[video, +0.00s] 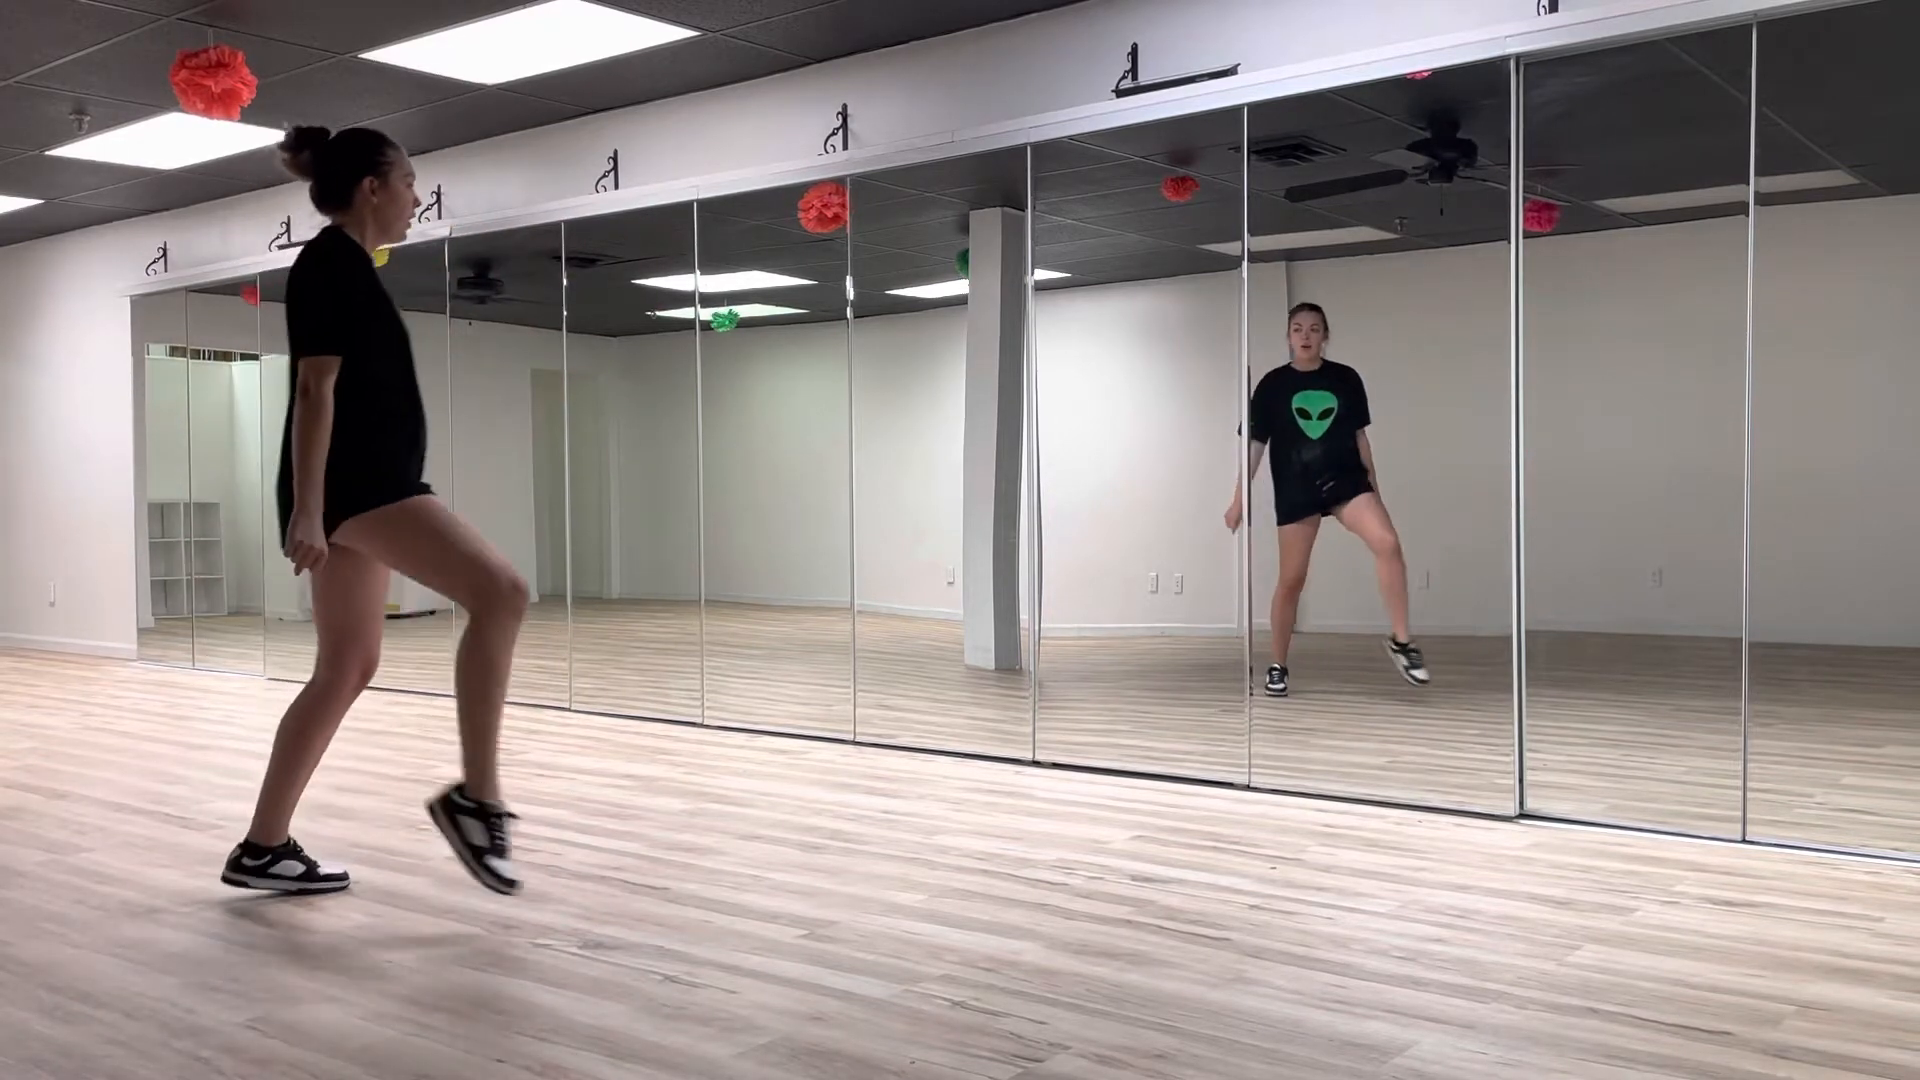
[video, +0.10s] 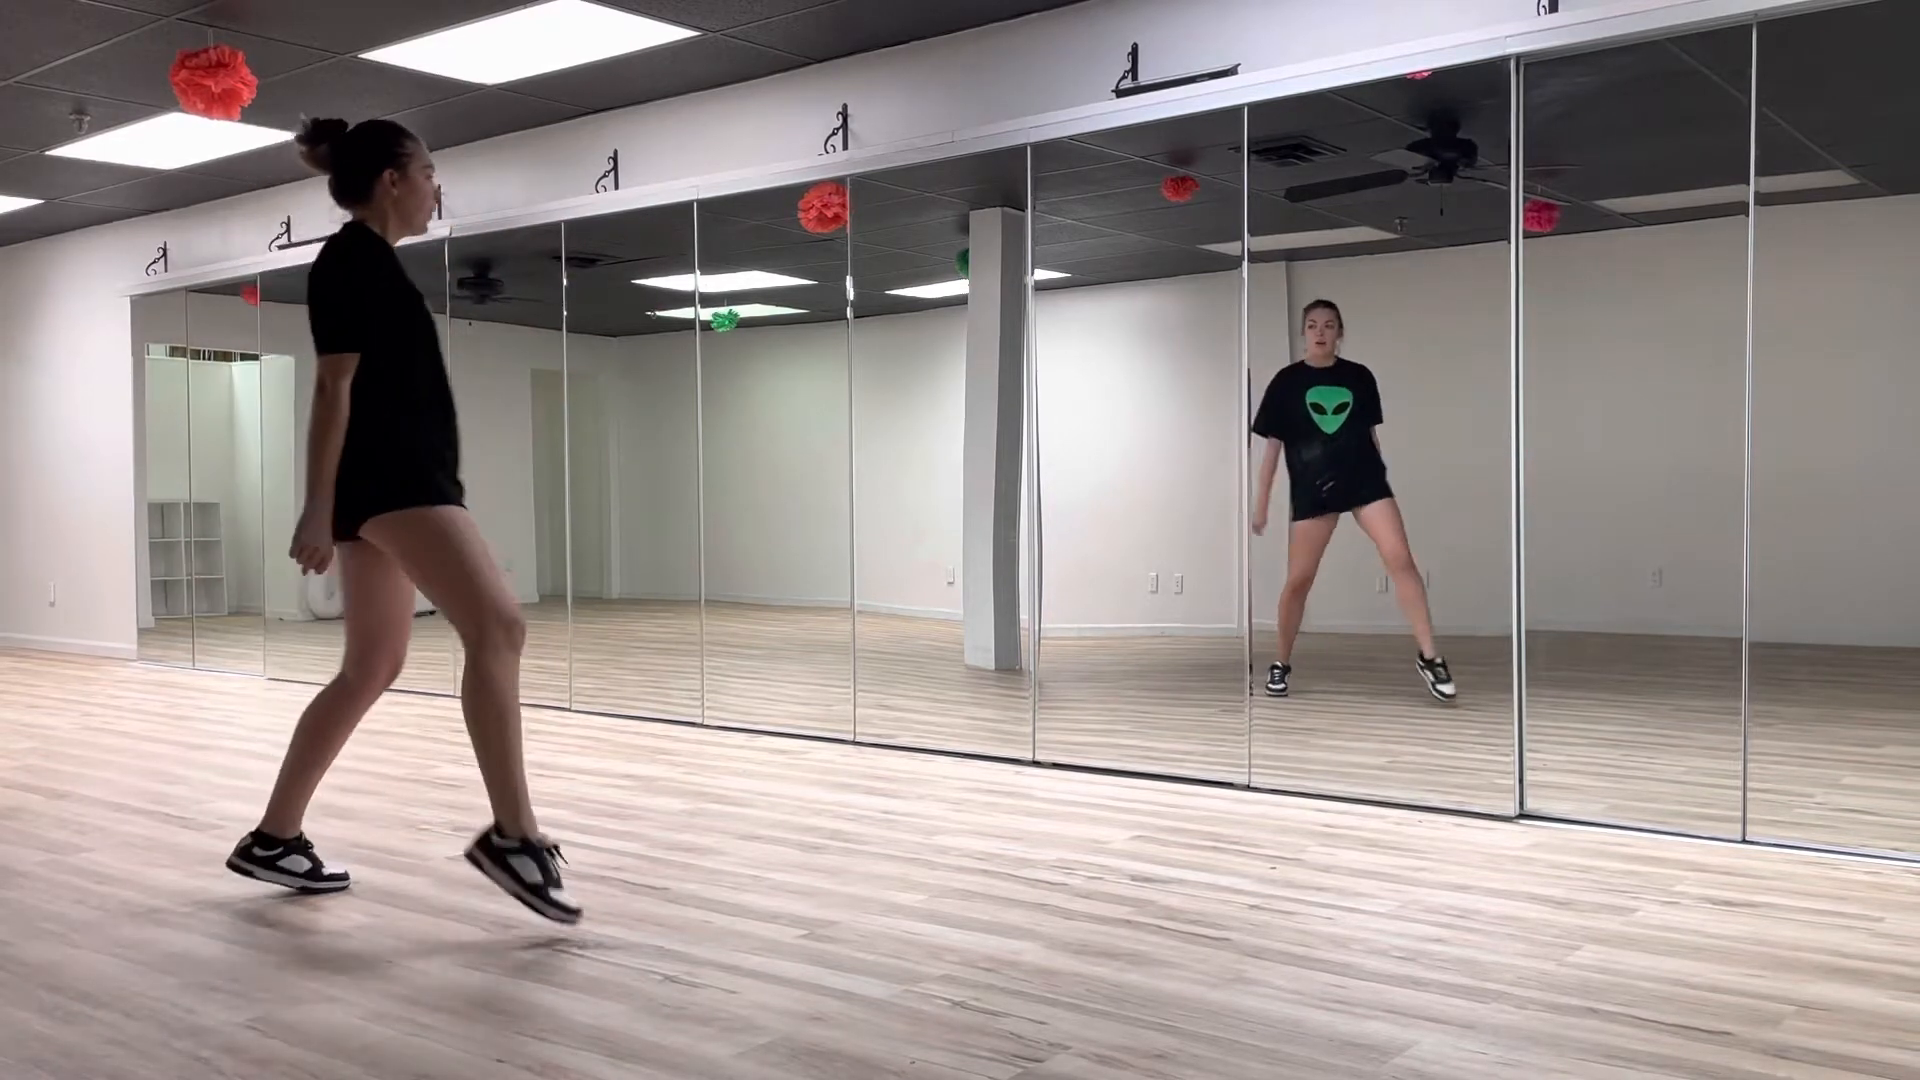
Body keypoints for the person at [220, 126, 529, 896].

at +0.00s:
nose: (417, 197)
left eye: (414, 183)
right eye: (408, 183)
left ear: (355, 192)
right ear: (371, 189)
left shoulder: (346, 264)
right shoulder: (330, 264)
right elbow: (315, 390)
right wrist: (307, 508)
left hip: (347, 489)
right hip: (367, 485)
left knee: (344, 667)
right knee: (501, 593)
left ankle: (264, 842)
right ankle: (479, 798)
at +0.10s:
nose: (438, 187)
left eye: (434, 173)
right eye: (427, 173)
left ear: (380, 184)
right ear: (391, 182)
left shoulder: (372, 261)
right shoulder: (352, 259)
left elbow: (369, 388)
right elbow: (333, 385)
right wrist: (319, 506)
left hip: (373, 481)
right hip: (395, 480)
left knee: (370, 667)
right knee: (497, 626)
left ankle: (275, 835)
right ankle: (515, 835)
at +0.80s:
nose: (471, 218)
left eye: (468, 205)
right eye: (469, 205)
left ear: (398, 211)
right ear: (449, 205)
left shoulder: (351, 291)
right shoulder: (465, 285)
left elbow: (321, 414)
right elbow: (458, 399)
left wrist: (304, 516)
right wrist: (462, 519)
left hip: (375, 504)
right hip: (470, 492)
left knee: (388, 680)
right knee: (581, 605)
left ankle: (345, 863)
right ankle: (561, 750)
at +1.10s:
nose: (509, 254)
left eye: (505, 244)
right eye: (508, 244)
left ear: (433, 252)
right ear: (495, 246)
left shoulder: (392, 338)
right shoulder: (525, 322)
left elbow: (366, 451)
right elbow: (548, 436)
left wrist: (342, 548)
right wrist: (572, 546)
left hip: (470, 528)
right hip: (561, 516)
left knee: (410, 686)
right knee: (593, 659)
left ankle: (419, 841)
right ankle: (638, 808)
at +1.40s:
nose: (465, 224)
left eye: (437, 214)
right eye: (467, 215)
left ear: (399, 218)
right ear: (465, 218)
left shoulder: (367, 291)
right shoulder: (496, 292)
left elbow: (399, 399)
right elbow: (551, 397)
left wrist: (417, 501)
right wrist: (603, 482)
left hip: (413, 495)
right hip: (501, 489)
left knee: (401, 680)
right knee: (515, 628)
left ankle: (440, 852)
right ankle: (613, 753)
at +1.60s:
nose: (425, 226)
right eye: (429, 217)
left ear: (359, 224)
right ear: (427, 222)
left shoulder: (345, 288)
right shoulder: (450, 296)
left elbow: (362, 398)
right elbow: (501, 402)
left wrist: (356, 504)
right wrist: (539, 480)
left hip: (389, 493)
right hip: (452, 490)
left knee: (378, 682)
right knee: (397, 615)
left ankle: (438, 852)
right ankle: (499, 698)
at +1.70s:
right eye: (412, 211)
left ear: (344, 213)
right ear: (412, 217)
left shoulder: (329, 277)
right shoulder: (432, 290)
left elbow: (344, 388)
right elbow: (470, 396)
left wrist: (336, 491)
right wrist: (501, 480)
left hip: (378, 485)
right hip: (430, 482)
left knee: (378, 676)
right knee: (331, 602)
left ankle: (441, 848)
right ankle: (420, 740)